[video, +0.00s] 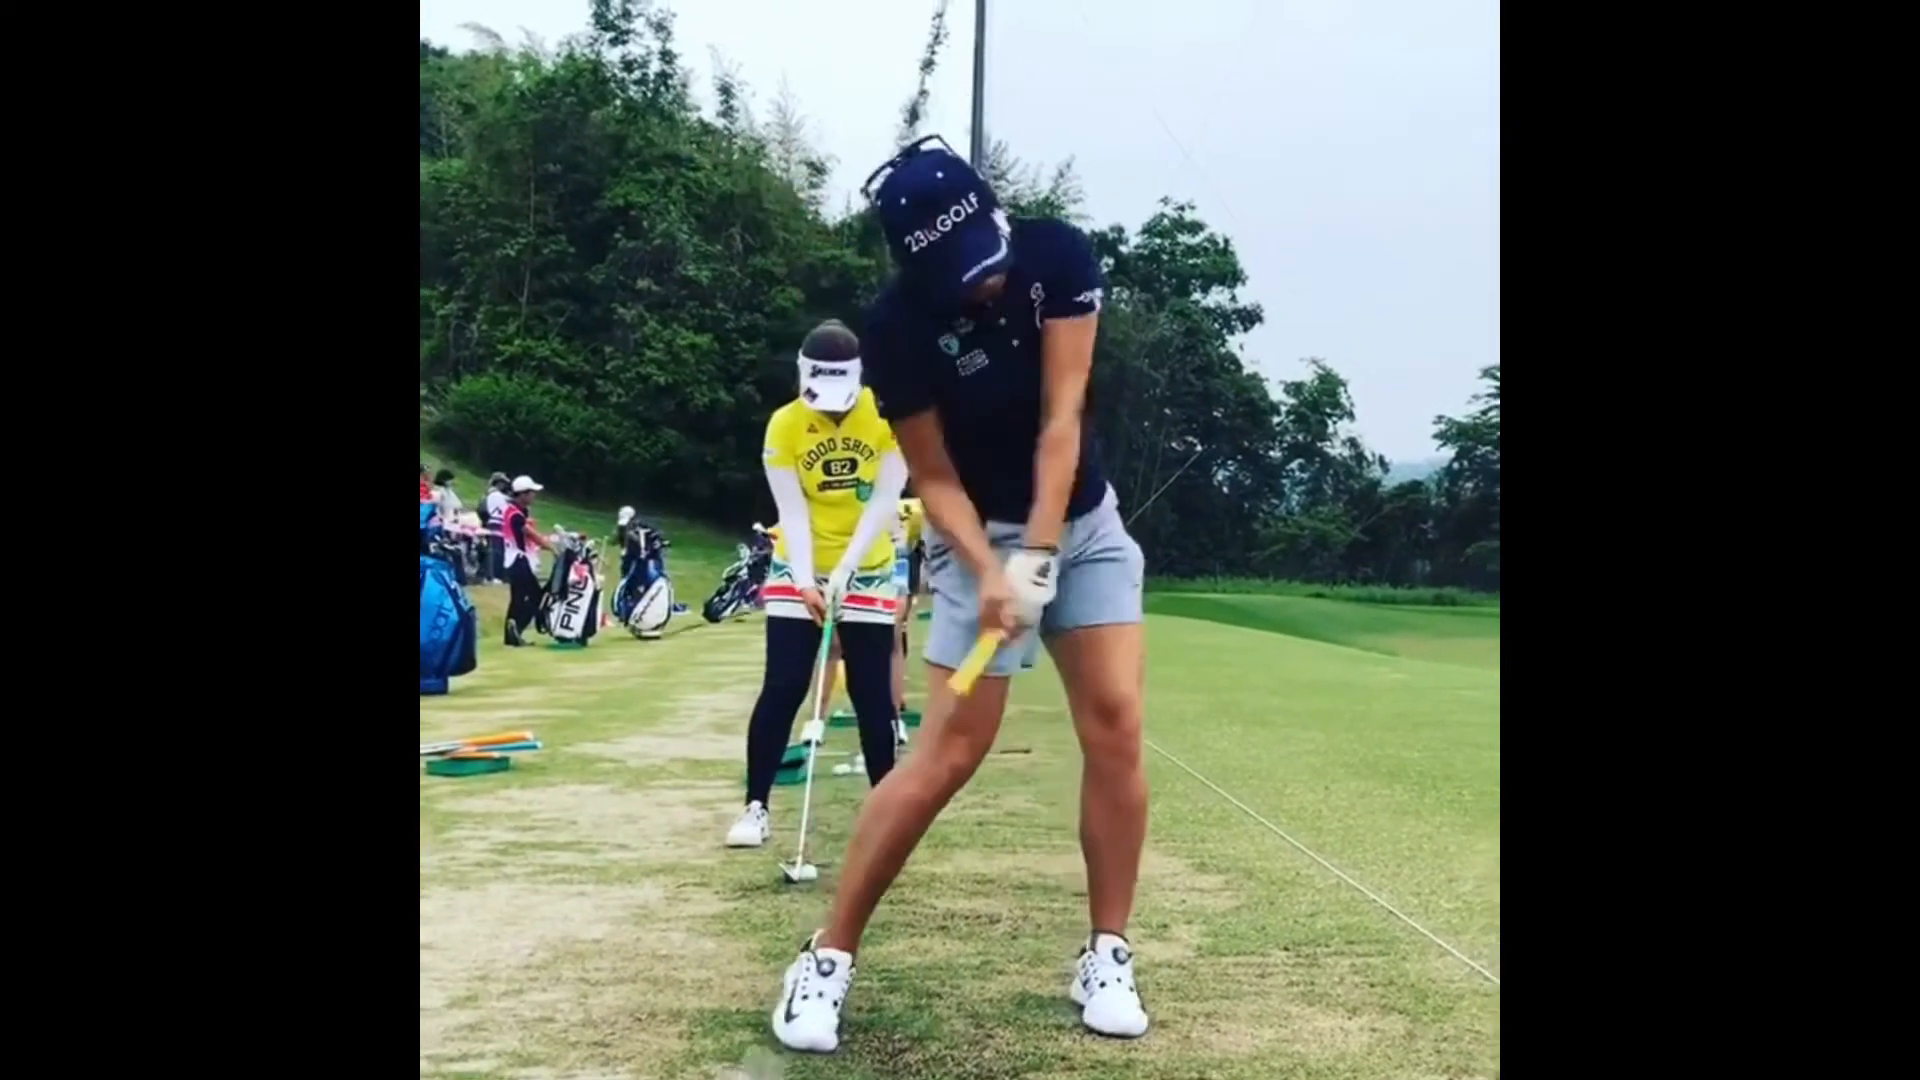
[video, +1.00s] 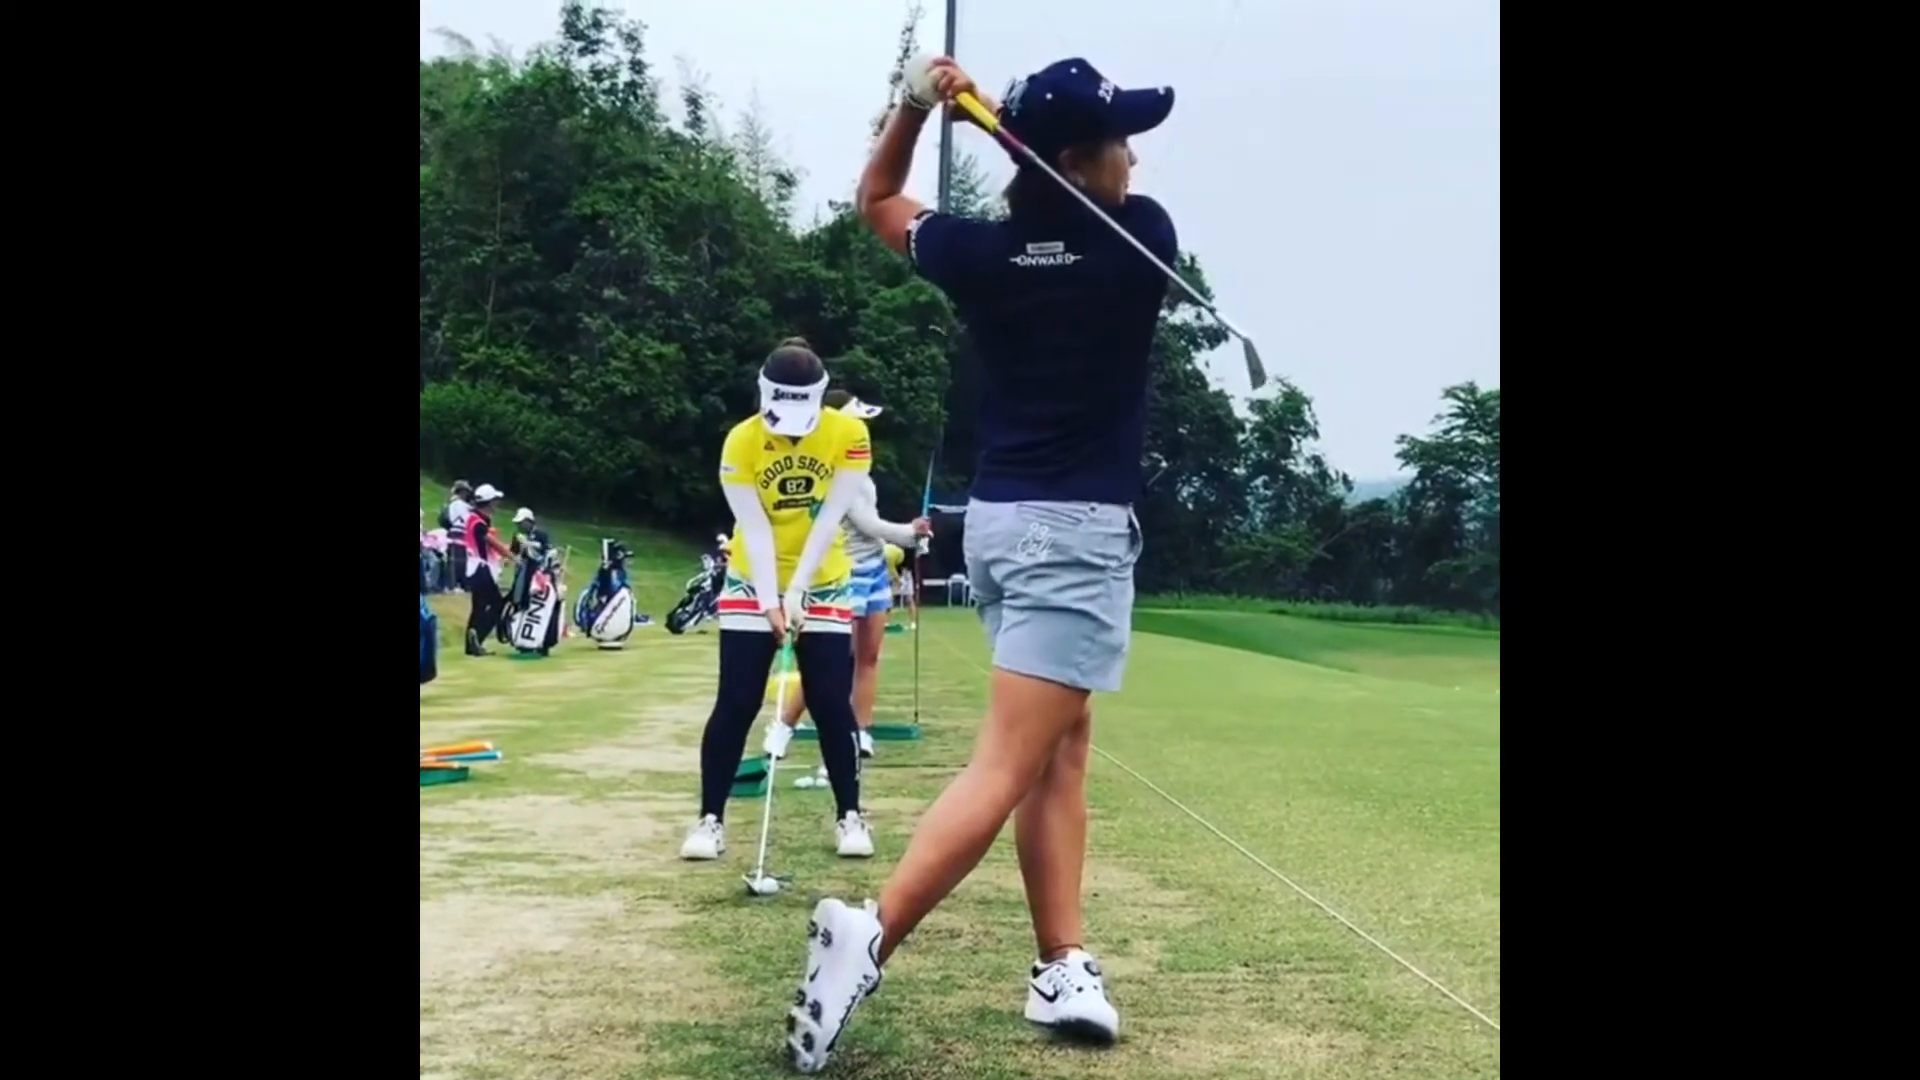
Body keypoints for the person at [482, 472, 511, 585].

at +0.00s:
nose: (506, 487)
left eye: (506, 485)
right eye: (505, 485)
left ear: (494, 484)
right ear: (501, 485)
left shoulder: (489, 496)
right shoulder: (502, 497)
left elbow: (484, 510)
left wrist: (485, 521)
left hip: (492, 524)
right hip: (499, 525)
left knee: (493, 550)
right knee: (499, 550)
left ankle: (490, 574)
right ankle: (498, 575)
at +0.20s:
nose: (495, 489)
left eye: (495, 486)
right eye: (494, 487)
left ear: (481, 485)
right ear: (492, 486)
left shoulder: (477, 497)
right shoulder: (494, 499)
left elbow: (469, 512)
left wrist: (476, 521)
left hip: (478, 528)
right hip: (488, 529)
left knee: (477, 554)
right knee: (486, 554)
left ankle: (477, 577)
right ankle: (486, 577)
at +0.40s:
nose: (484, 489)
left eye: (483, 487)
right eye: (483, 487)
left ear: (472, 486)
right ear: (482, 487)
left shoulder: (467, 499)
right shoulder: (484, 501)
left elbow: (459, 514)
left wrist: (466, 522)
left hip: (467, 528)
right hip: (478, 529)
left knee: (466, 554)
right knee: (477, 554)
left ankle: (467, 578)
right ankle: (477, 578)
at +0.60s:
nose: (476, 491)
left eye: (476, 488)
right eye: (475, 488)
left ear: (464, 487)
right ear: (472, 488)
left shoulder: (459, 500)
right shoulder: (474, 501)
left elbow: (452, 515)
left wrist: (459, 523)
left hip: (460, 531)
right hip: (470, 532)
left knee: (459, 557)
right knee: (469, 556)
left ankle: (459, 579)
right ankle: (468, 580)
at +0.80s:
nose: (470, 492)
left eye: (469, 490)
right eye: (469, 490)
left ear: (458, 490)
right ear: (467, 490)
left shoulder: (454, 502)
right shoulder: (471, 504)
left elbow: (445, 516)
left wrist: (453, 525)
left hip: (454, 534)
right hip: (464, 534)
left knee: (454, 558)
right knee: (463, 558)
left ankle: (453, 582)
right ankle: (464, 581)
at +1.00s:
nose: (467, 495)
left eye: (467, 492)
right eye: (466, 492)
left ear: (456, 492)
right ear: (463, 492)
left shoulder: (450, 505)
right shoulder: (466, 507)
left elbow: (443, 520)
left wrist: (450, 528)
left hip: (452, 536)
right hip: (461, 537)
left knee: (452, 561)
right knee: (461, 560)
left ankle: (451, 584)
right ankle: (461, 584)